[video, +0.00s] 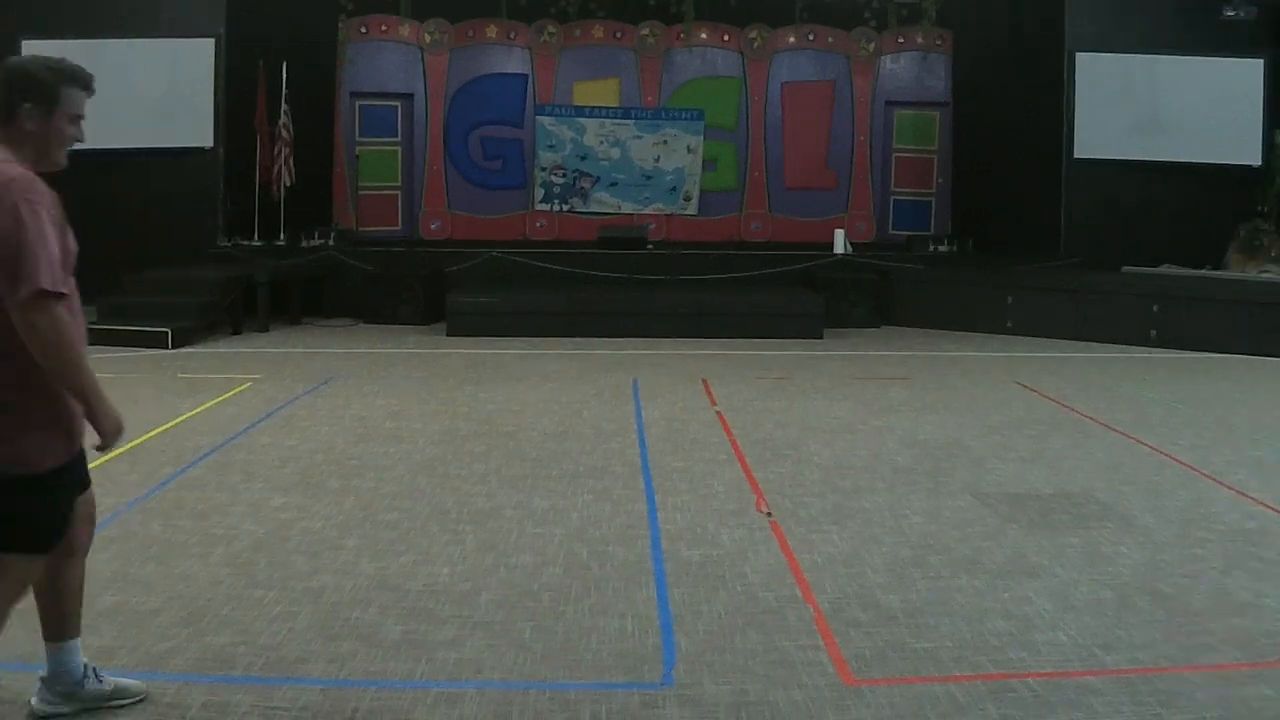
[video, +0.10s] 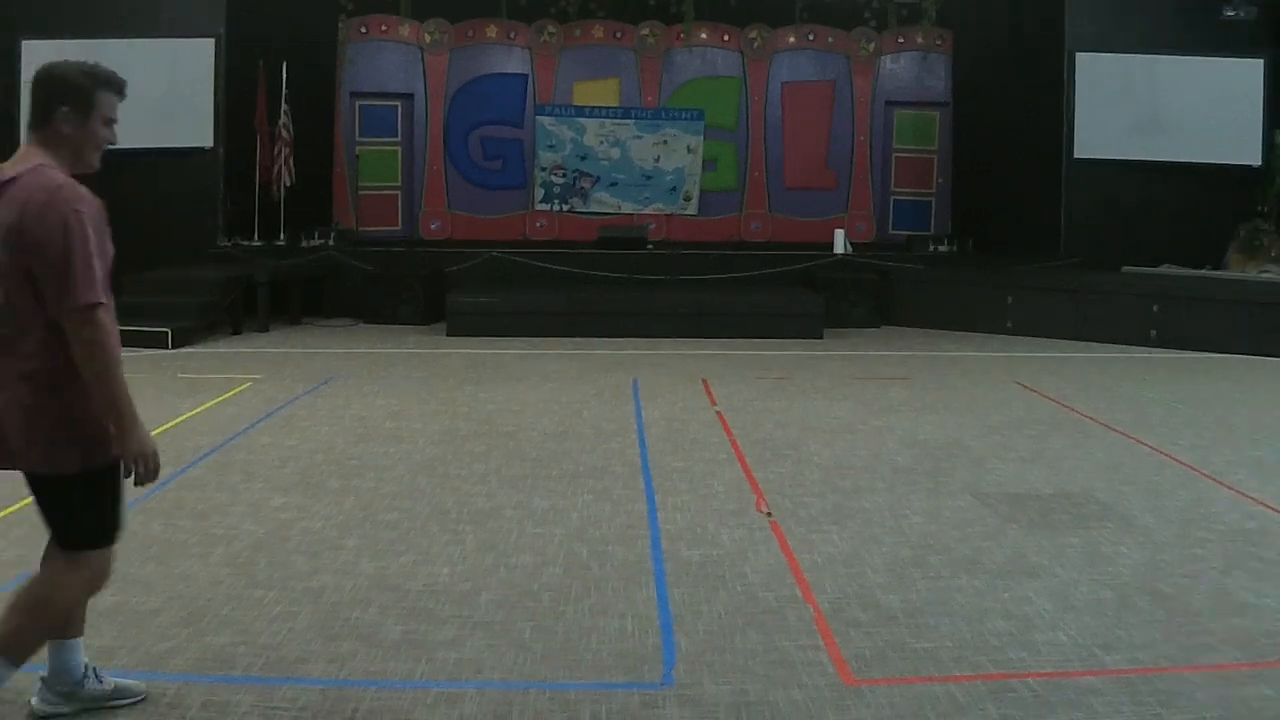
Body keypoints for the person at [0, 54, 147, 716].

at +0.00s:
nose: (79, 133)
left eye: (81, 119)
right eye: (72, 118)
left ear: (29, 118)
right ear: (28, 117)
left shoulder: (17, 184)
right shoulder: (22, 193)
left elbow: (32, 309)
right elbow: (37, 310)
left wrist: (73, 397)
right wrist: (96, 402)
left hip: (35, 412)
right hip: (24, 420)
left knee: (75, 520)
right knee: (21, 554)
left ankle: (66, 677)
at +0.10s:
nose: (112, 136)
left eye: (114, 122)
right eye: (105, 121)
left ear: (55, 121)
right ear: (64, 120)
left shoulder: (16, 183)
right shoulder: (66, 203)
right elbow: (88, 323)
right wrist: (131, 426)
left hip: (28, 404)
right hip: (64, 411)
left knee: (73, 546)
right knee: (86, 563)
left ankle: (68, 678)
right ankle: (9, 667)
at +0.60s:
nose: (257, 130)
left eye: (258, 117)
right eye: (250, 116)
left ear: (207, 118)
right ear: (212, 116)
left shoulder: (187, 180)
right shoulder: (192, 188)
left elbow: (240, 274)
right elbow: (217, 294)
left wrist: (314, 299)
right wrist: (286, 377)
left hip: (204, 385)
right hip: (228, 387)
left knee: (223, 504)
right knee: (259, 508)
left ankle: (129, 615)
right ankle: (247, 656)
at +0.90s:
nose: (348, 114)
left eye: (348, 101)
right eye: (340, 101)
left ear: (297, 106)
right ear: (299, 104)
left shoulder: (292, 170)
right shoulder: (263, 176)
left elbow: (264, 273)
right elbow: (242, 277)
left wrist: (225, 345)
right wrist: (242, 375)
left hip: (316, 378)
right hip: (284, 386)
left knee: (323, 489)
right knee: (272, 509)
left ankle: (339, 615)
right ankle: (248, 646)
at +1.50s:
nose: (448, 115)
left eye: (448, 104)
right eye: (444, 105)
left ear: (395, 106)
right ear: (418, 106)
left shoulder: (355, 167)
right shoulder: (427, 172)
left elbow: (400, 253)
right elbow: (462, 262)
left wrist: (482, 273)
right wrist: (495, 285)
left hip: (373, 354)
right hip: (437, 358)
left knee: (391, 467)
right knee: (462, 467)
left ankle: (373, 603)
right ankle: (466, 604)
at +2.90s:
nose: (462, 136)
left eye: (465, 128)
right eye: (463, 127)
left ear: (482, 129)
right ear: (517, 125)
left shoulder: (453, 181)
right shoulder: (555, 178)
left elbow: (442, 236)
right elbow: (539, 236)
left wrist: (452, 178)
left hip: (466, 343)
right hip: (534, 344)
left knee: (456, 437)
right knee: (534, 439)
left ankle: (450, 558)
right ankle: (540, 549)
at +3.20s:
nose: (480, 132)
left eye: (480, 126)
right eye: (484, 126)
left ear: (485, 129)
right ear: (533, 127)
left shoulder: (464, 183)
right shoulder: (562, 175)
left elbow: (456, 223)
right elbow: (509, 189)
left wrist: (436, 188)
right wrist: (440, 190)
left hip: (475, 336)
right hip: (543, 338)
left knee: (458, 427)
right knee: (539, 433)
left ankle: (446, 549)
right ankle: (541, 548)